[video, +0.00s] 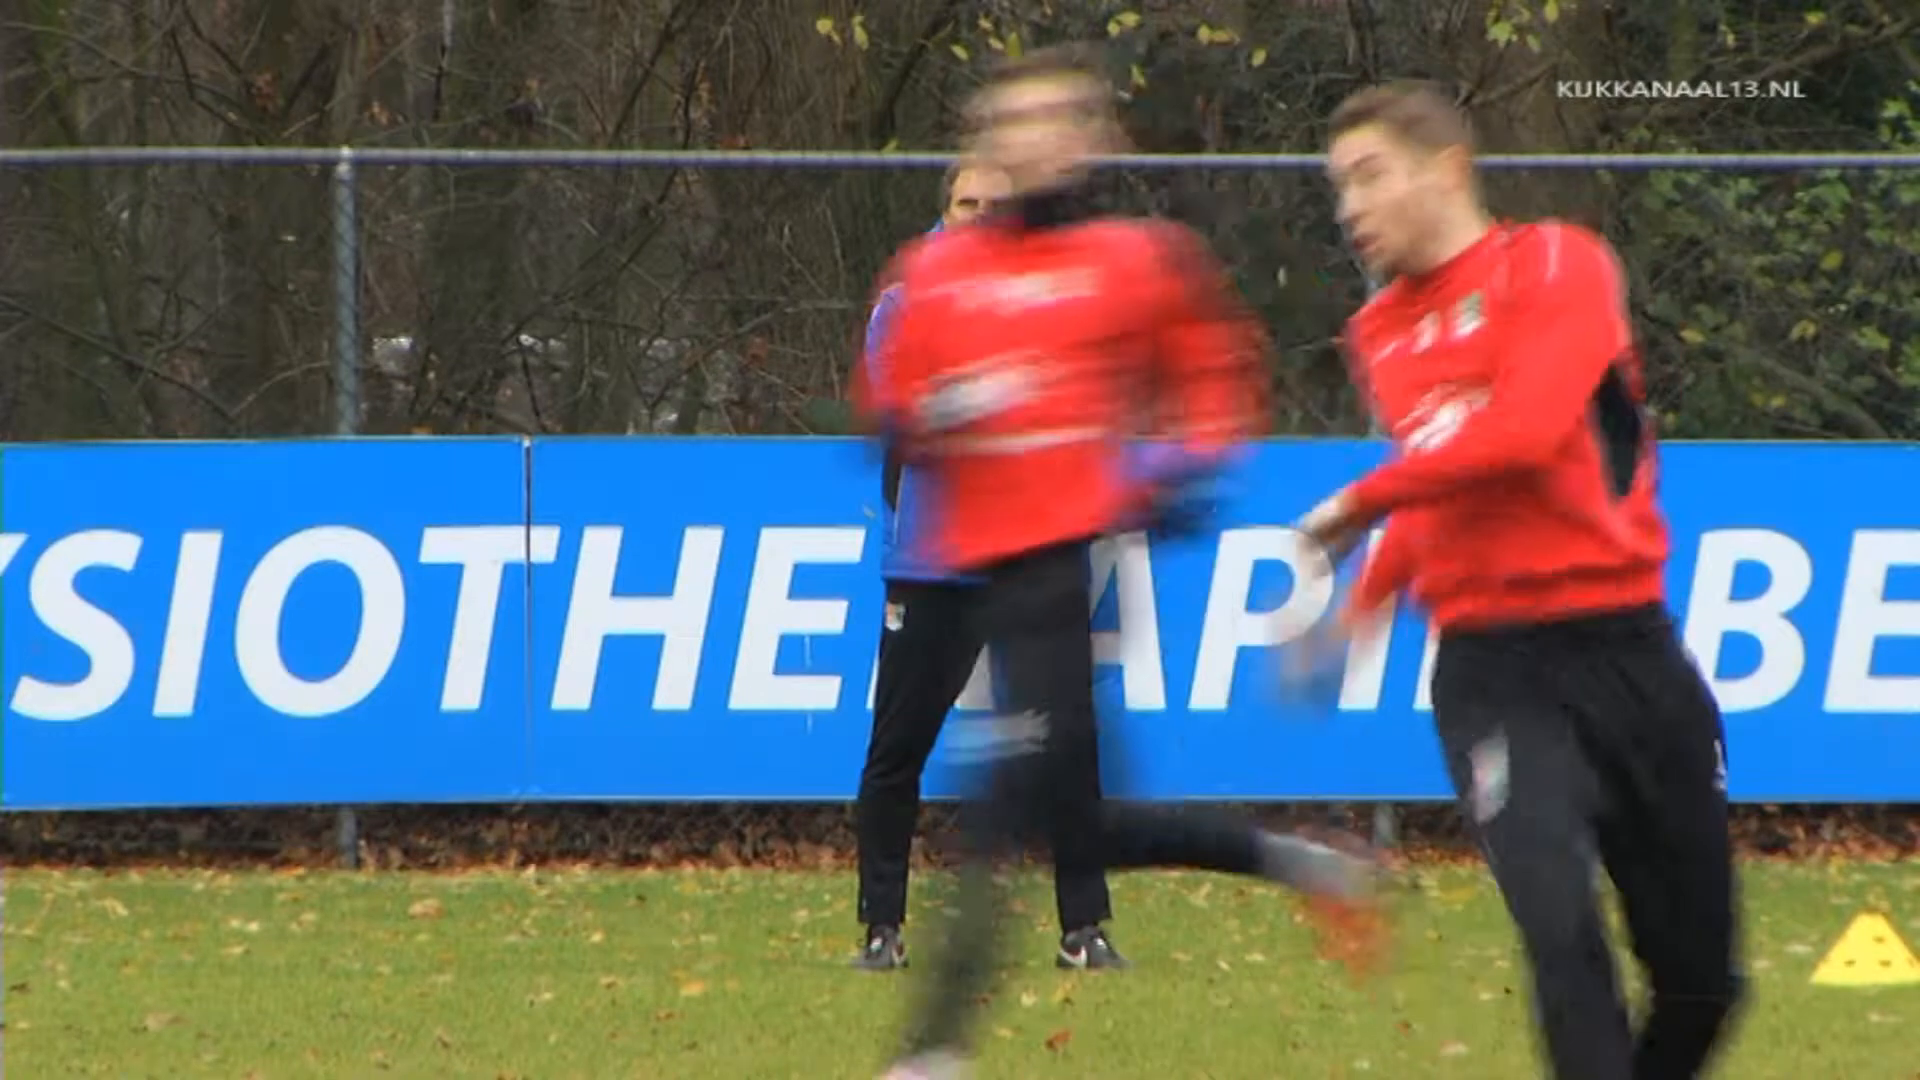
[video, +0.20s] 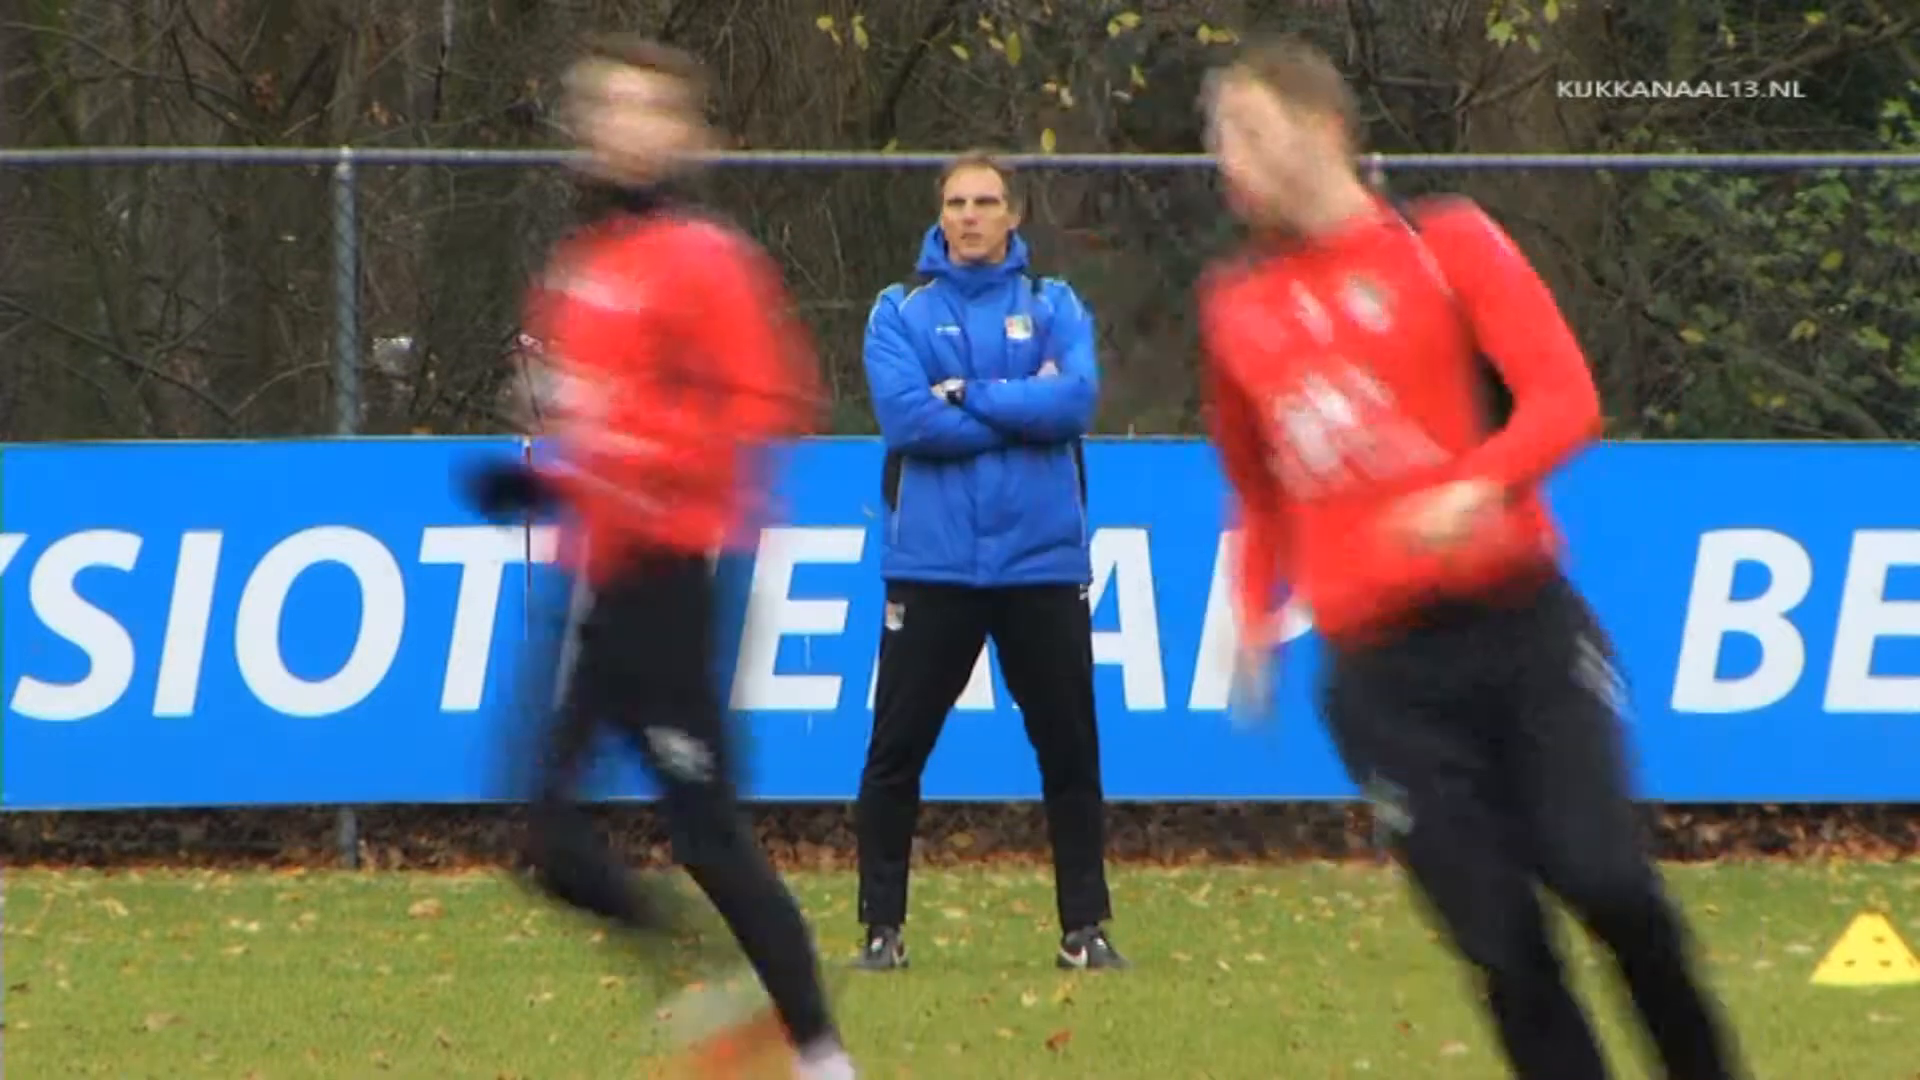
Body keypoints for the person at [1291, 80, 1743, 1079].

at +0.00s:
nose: (1348, 209)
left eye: (1367, 177)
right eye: (1339, 188)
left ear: (1447, 166)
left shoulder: (1562, 259)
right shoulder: (1378, 331)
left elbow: (1529, 429)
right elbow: (1434, 489)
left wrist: (1365, 496)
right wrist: (1360, 607)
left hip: (1624, 650)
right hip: (1491, 664)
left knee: (1701, 983)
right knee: (1564, 942)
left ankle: (1644, 1069)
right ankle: (1599, 1070)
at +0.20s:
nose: (1225, 163)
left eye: (1241, 134)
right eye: (1218, 141)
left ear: (1320, 130)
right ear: (1230, 160)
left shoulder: (1447, 241)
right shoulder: (1233, 304)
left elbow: (1566, 400)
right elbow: (1255, 485)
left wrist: (1480, 482)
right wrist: (1255, 610)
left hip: (1517, 623)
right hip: (1379, 661)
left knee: (1604, 879)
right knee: (1504, 945)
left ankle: (1702, 1066)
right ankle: (1572, 1074)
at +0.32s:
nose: (1115, 63)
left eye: (1137, 33)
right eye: (1109, 40)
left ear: (1220, 37)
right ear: (1119, 61)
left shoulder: (1334, 154)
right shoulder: (1128, 215)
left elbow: (1481, 285)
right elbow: (1130, 376)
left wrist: (1570, 457)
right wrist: (1153, 429)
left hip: (1395, 531)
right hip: (1272, 565)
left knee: (1436, 824)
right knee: (1370, 852)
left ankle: (1504, 1060)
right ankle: (1477, 1060)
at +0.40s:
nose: (1038, 47)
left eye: (1065, 21)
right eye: (1032, 28)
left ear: (1148, 31)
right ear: (1032, 52)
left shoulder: (1257, 150)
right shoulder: (1053, 215)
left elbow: (1430, 272)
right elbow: (1062, 390)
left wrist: (1571, 431)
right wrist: (1085, 443)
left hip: (1321, 518)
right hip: (1203, 551)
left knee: (1320, 838)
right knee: (1277, 849)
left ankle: (1406, 1060)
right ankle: (1407, 1057)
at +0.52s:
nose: (915, 125)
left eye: (939, 97)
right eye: (911, 104)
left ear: (1027, 102)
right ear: (922, 122)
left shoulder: (1143, 217)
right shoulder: (951, 292)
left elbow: (1329, 318)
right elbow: (954, 457)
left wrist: (1479, 445)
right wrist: (967, 505)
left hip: (1199, 593)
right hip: (1095, 621)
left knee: (1142, 880)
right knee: (1233, 912)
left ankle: (1123, 1062)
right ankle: (1356, 1067)